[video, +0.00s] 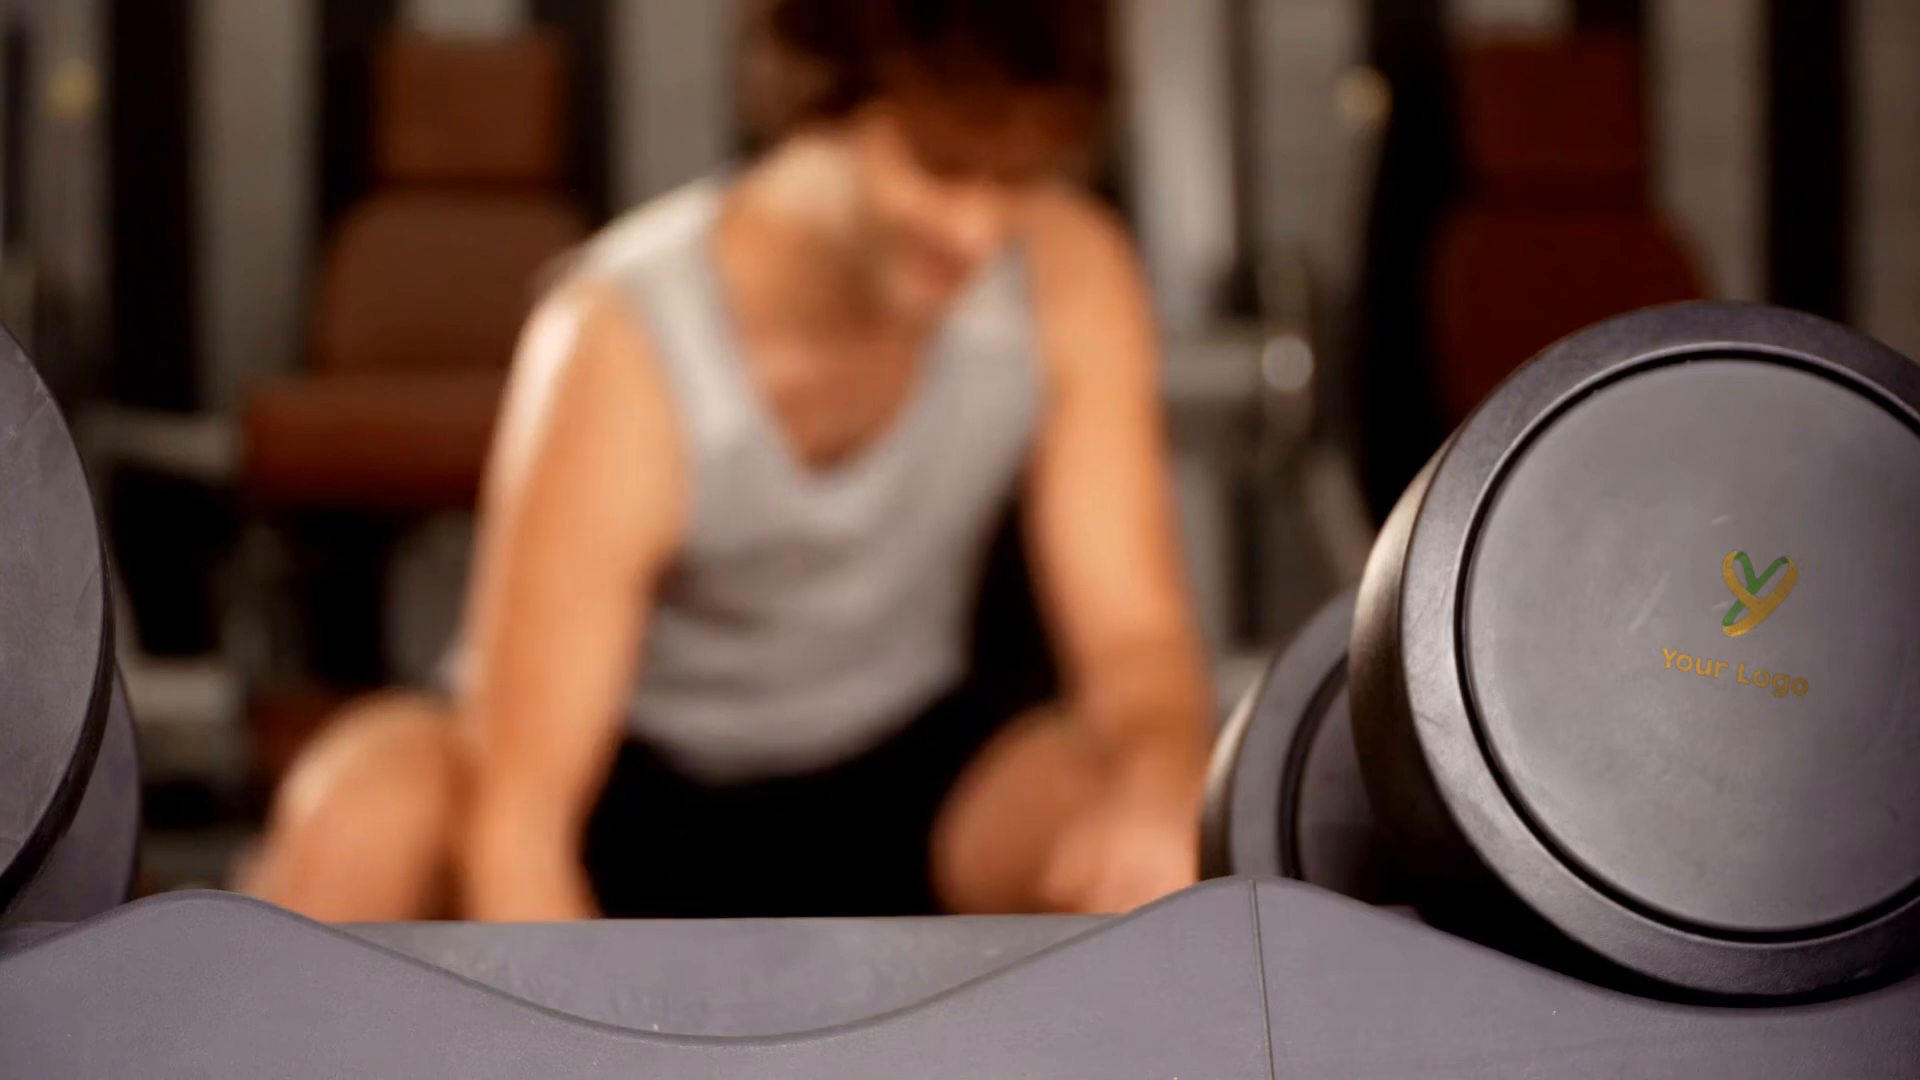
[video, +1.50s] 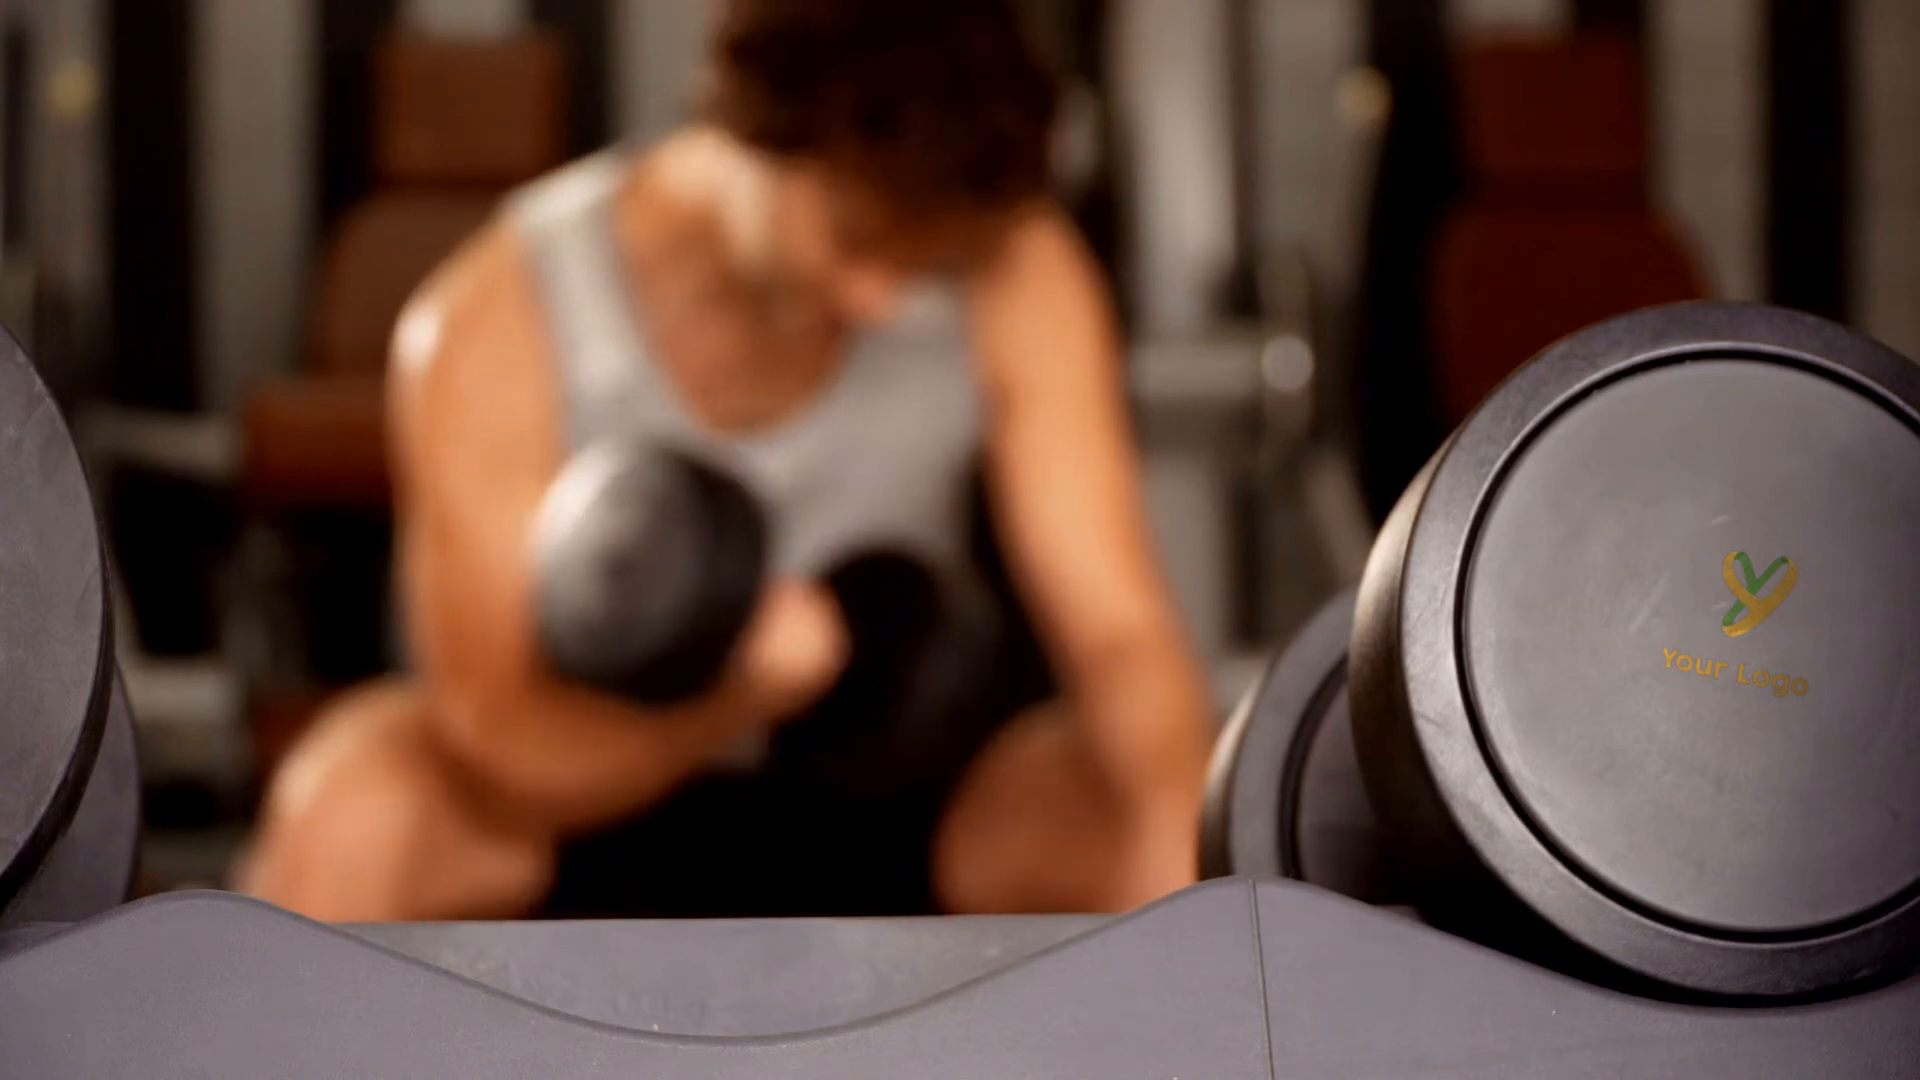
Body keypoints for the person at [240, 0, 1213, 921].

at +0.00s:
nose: (976, 232)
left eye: (1014, 181)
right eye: (937, 170)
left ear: (1053, 159)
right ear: (826, 113)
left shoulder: (1064, 271)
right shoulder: (621, 336)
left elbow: (1135, 652)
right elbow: (520, 815)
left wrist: (1153, 815)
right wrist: (594, 1064)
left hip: (901, 782)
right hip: (625, 793)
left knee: (1157, 824)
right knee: (363, 798)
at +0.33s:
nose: (951, 320)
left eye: (1000, 273)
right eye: (920, 259)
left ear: (1049, 229)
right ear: (825, 164)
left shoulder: (1053, 272)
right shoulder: (615, 375)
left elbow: (1133, 657)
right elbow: (511, 853)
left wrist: (1148, 855)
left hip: (899, 786)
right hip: (624, 803)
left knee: (1158, 799)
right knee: (354, 791)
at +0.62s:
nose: (942, 329)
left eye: (990, 288)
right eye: (914, 273)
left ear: (1041, 242)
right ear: (827, 168)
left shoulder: (1052, 274)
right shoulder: (614, 364)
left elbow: (1129, 651)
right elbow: (502, 831)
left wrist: (1149, 836)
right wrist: (566, 1070)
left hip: (899, 789)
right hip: (626, 803)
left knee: (1157, 805)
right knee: (344, 787)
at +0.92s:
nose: (931, 305)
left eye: (983, 268)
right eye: (910, 246)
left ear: (1044, 226)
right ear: (830, 140)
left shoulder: (1058, 262)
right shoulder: (612, 325)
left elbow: (1132, 646)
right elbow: (509, 775)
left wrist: (1161, 850)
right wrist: (677, 1022)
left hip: (899, 785)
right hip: (629, 797)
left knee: (1175, 804)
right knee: (363, 783)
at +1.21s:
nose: (913, 307)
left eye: (963, 269)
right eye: (888, 251)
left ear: (1029, 226)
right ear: (801, 136)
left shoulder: (1044, 263)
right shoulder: (558, 311)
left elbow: (1135, 645)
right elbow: (518, 749)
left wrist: (1172, 852)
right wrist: (840, 811)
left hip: (900, 807)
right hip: (610, 808)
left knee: (1192, 775)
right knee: (371, 779)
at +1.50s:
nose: (886, 303)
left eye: (926, 263)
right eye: (859, 248)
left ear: (980, 205)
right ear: (764, 148)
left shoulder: (1010, 262)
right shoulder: (492, 318)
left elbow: (1121, 639)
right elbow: (509, 749)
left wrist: (1182, 877)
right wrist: (735, 696)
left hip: (900, 786)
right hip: (598, 796)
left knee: (1169, 807)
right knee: (351, 798)